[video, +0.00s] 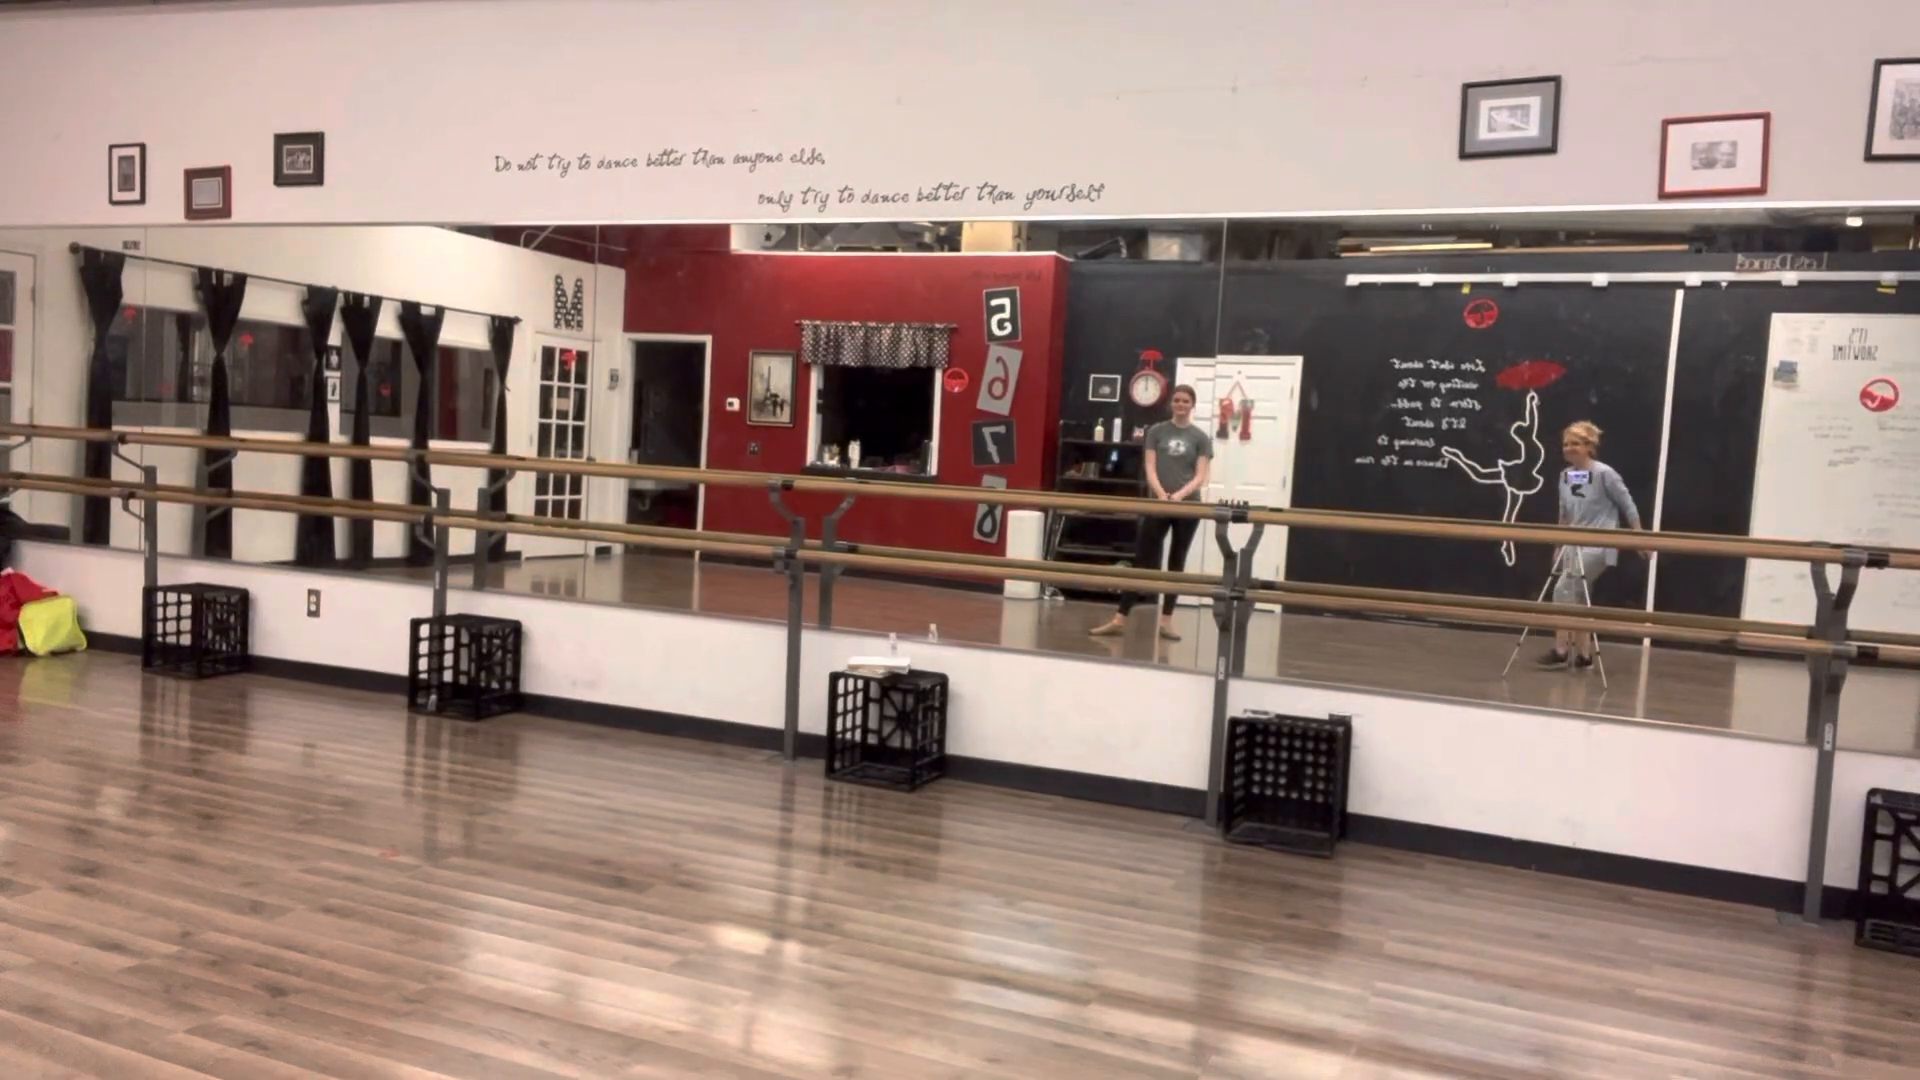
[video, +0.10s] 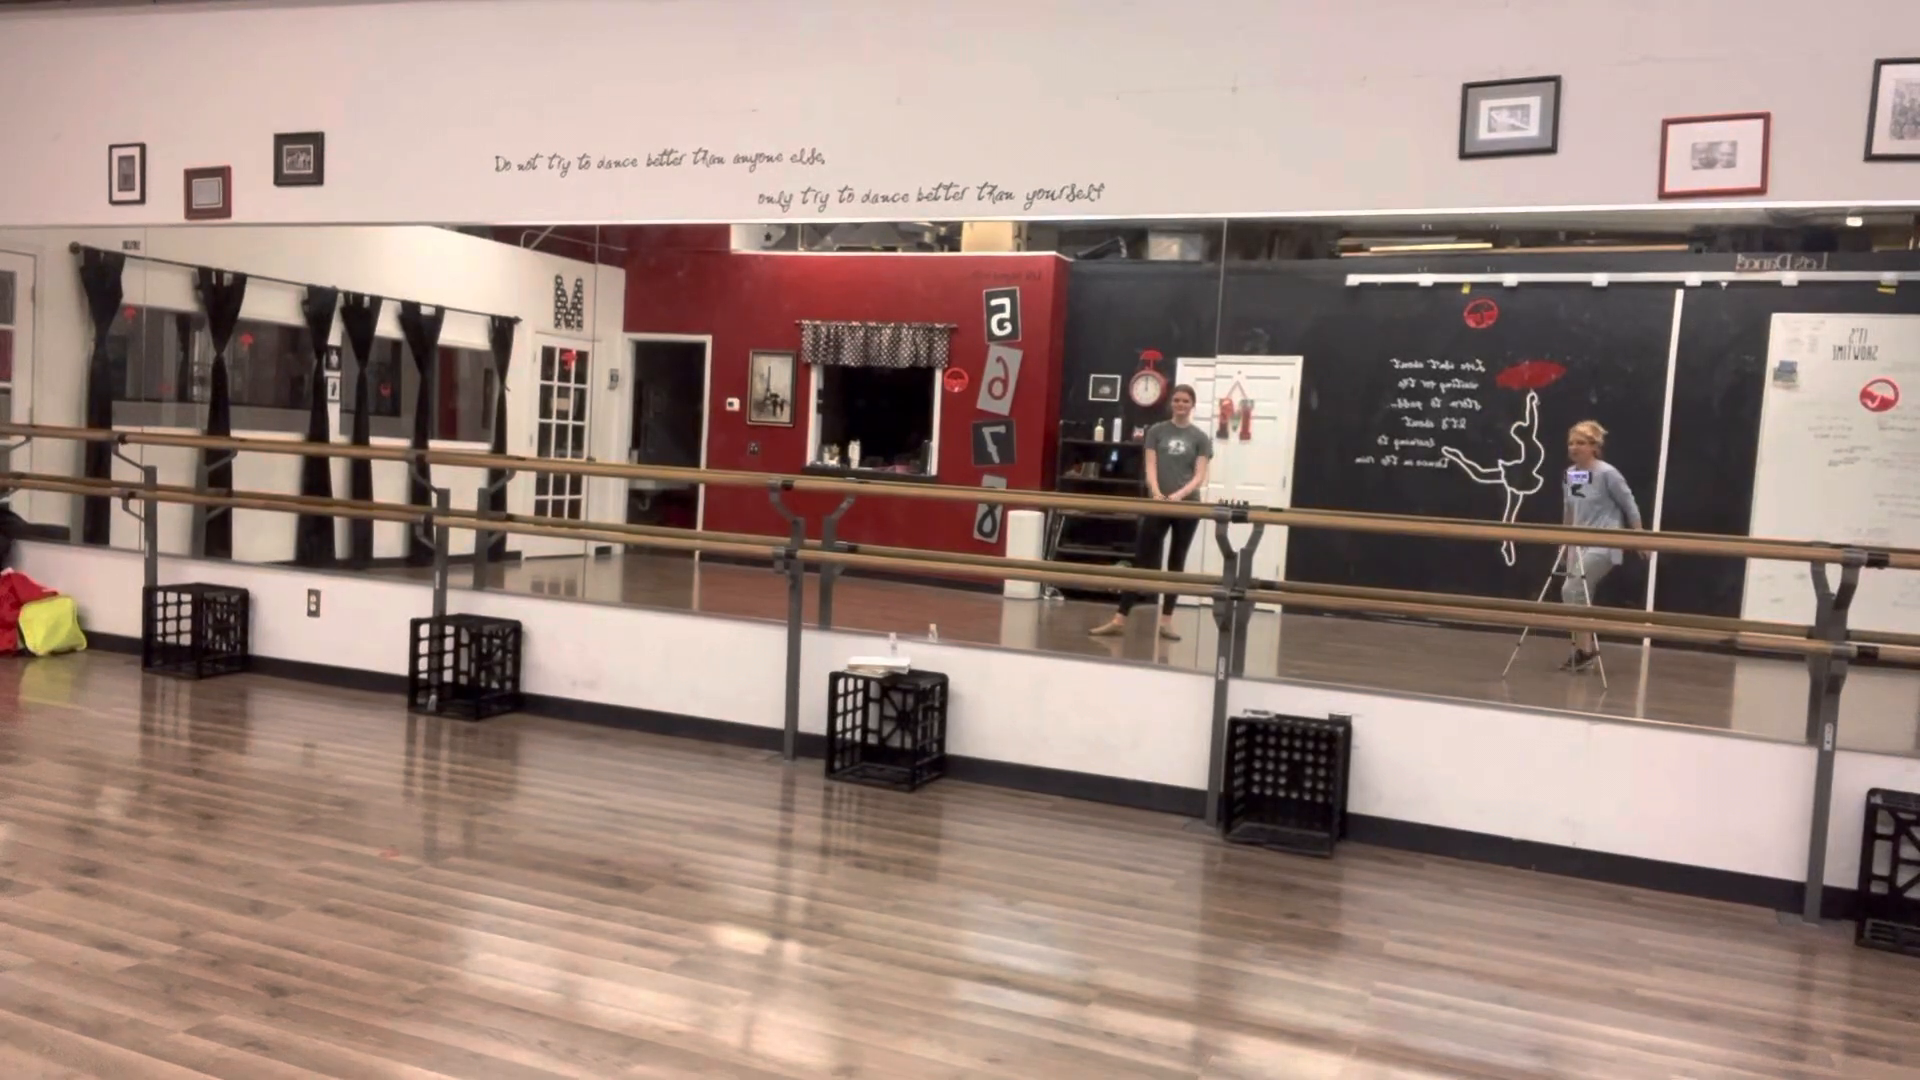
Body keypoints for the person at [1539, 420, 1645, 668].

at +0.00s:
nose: (1567, 448)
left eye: (1573, 443)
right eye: (1565, 443)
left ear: (1588, 447)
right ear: (1564, 447)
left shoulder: (1604, 473)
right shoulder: (1565, 476)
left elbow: (1627, 504)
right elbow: (1564, 515)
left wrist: (1639, 538)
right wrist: (1559, 546)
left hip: (1599, 544)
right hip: (1573, 544)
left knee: (1563, 590)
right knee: (1576, 597)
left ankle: (1561, 648)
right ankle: (1584, 652)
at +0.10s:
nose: (1573, 447)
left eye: (1580, 443)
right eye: (1571, 443)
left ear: (1594, 447)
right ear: (1569, 446)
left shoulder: (1608, 473)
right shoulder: (1570, 474)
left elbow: (1630, 504)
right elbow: (1569, 511)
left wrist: (1640, 538)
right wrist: (1565, 540)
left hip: (1604, 543)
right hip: (1578, 543)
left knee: (1571, 590)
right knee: (1577, 595)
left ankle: (1586, 647)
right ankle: (1584, 649)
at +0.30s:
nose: (1589, 444)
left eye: (1596, 440)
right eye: (1587, 439)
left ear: (1608, 447)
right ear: (1583, 443)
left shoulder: (1616, 475)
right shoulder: (1578, 472)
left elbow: (1632, 511)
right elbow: (1577, 509)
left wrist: (1635, 544)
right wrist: (1569, 537)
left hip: (1610, 548)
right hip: (1580, 546)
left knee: (1602, 598)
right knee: (1577, 602)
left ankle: (1628, 653)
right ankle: (1585, 653)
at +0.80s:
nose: (1637, 442)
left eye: (1644, 439)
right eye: (1635, 437)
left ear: (1657, 447)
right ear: (1630, 441)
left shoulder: (1664, 479)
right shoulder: (1614, 472)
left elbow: (1672, 520)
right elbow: (1607, 510)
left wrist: (1675, 553)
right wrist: (1600, 541)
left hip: (1651, 554)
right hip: (1617, 551)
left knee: (1649, 612)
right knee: (1602, 603)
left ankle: (1647, 663)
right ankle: (1592, 650)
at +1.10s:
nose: (1646, 441)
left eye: (1654, 438)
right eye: (1645, 436)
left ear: (1666, 447)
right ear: (1641, 441)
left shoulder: (1672, 482)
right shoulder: (1624, 469)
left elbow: (1674, 522)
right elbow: (1619, 506)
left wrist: (1671, 556)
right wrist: (1615, 538)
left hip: (1655, 554)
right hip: (1622, 549)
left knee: (1651, 611)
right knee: (1616, 604)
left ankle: (1648, 663)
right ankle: (1618, 658)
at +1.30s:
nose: (1641, 439)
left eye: (1649, 437)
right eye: (1641, 434)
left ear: (1662, 446)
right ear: (1637, 439)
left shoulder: (1667, 479)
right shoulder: (1620, 470)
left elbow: (1665, 520)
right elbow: (1614, 508)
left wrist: (1652, 550)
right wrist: (1612, 539)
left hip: (1653, 553)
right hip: (1620, 549)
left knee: (1651, 611)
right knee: (1618, 608)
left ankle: (1647, 663)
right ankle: (1612, 665)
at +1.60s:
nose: (1622, 437)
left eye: (1631, 435)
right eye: (1623, 432)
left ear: (1643, 445)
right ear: (1619, 438)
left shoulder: (1652, 475)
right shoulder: (1608, 473)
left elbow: (1664, 515)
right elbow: (1612, 512)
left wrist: (1664, 550)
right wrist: (1608, 543)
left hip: (1643, 555)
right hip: (1609, 552)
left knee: (1641, 612)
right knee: (1607, 611)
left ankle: (1648, 657)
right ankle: (1611, 666)